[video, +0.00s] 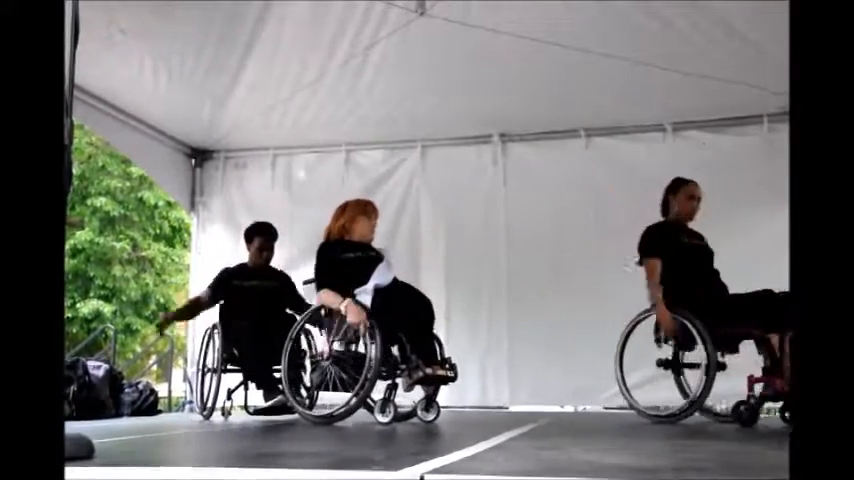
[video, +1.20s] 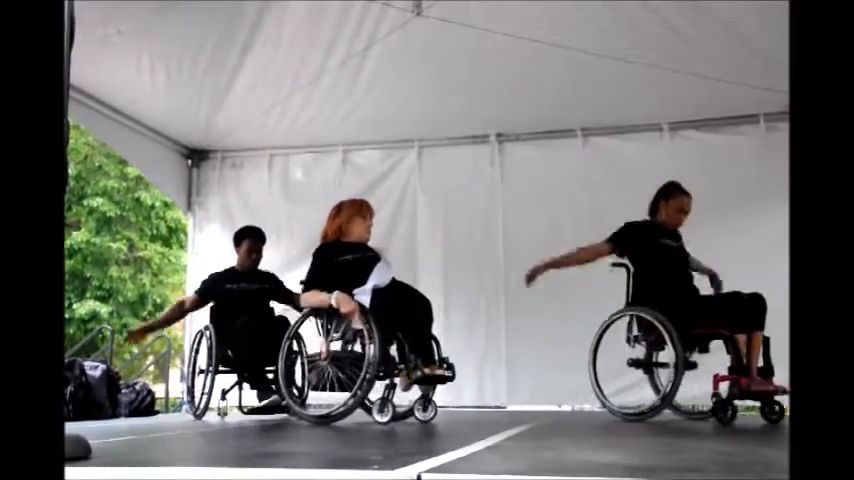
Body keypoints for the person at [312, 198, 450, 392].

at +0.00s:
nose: (374, 224)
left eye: (374, 220)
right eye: (369, 219)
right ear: (351, 222)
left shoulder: (370, 250)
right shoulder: (330, 250)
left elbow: (382, 280)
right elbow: (324, 293)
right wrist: (347, 305)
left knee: (421, 306)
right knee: (407, 312)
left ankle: (428, 363)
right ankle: (420, 364)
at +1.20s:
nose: (370, 224)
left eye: (370, 219)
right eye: (365, 219)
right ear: (346, 222)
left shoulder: (367, 251)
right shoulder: (327, 251)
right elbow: (306, 297)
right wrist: (334, 298)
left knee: (420, 305)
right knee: (405, 310)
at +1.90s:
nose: (343, 225)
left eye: (343, 221)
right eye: (337, 220)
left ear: (343, 226)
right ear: (320, 224)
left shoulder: (353, 255)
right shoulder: (307, 251)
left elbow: (395, 265)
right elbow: (300, 260)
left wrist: (438, 250)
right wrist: (309, 242)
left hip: (350, 307)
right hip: (319, 311)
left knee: (388, 304)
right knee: (369, 307)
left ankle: (399, 364)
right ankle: (382, 365)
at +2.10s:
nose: (339, 227)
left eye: (340, 222)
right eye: (333, 221)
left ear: (342, 226)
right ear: (317, 225)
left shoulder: (346, 256)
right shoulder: (300, 253)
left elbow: (370, 285)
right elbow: (300, 283)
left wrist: (401, 297)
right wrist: (318, 296)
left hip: (362, 299)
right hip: (335, 304)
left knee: (386, 306)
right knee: (369, 312)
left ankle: (393, 364)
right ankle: (384, 365)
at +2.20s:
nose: (340, 228)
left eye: (341, 223)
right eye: (333, 222)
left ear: (343, 227)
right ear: (318, 225)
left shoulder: (342, 255)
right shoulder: (300, 254)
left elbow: (356, 283)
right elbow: (300, 288)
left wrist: (389, 305)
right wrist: (315, 311)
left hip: (358, 295)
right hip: (333, 302)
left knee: (386, 309)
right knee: (370, 316)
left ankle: (389, 365)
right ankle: (385, 366)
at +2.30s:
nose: (340, 230)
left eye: (341, 225)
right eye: (334, 224)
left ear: (342, 228)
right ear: (318, 226)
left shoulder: (340, 256)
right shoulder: (299, 255)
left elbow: (351, 284)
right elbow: (299, 293)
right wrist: (316, 322)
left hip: (356, 296)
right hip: (331, 304)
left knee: (385, 310)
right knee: (369, 317)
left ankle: (389, 365)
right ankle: (384, 366)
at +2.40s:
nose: (338, 232)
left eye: (339, 227)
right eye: (333, 226)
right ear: (317, 228)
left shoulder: (337, 256)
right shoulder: (298, 256)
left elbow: (347, 285)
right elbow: (300, 295)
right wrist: (320, 323)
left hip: (352, 299)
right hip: (327, 305)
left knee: (383, 310)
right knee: (368, 316)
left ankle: (388, 365)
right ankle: (384, 366)